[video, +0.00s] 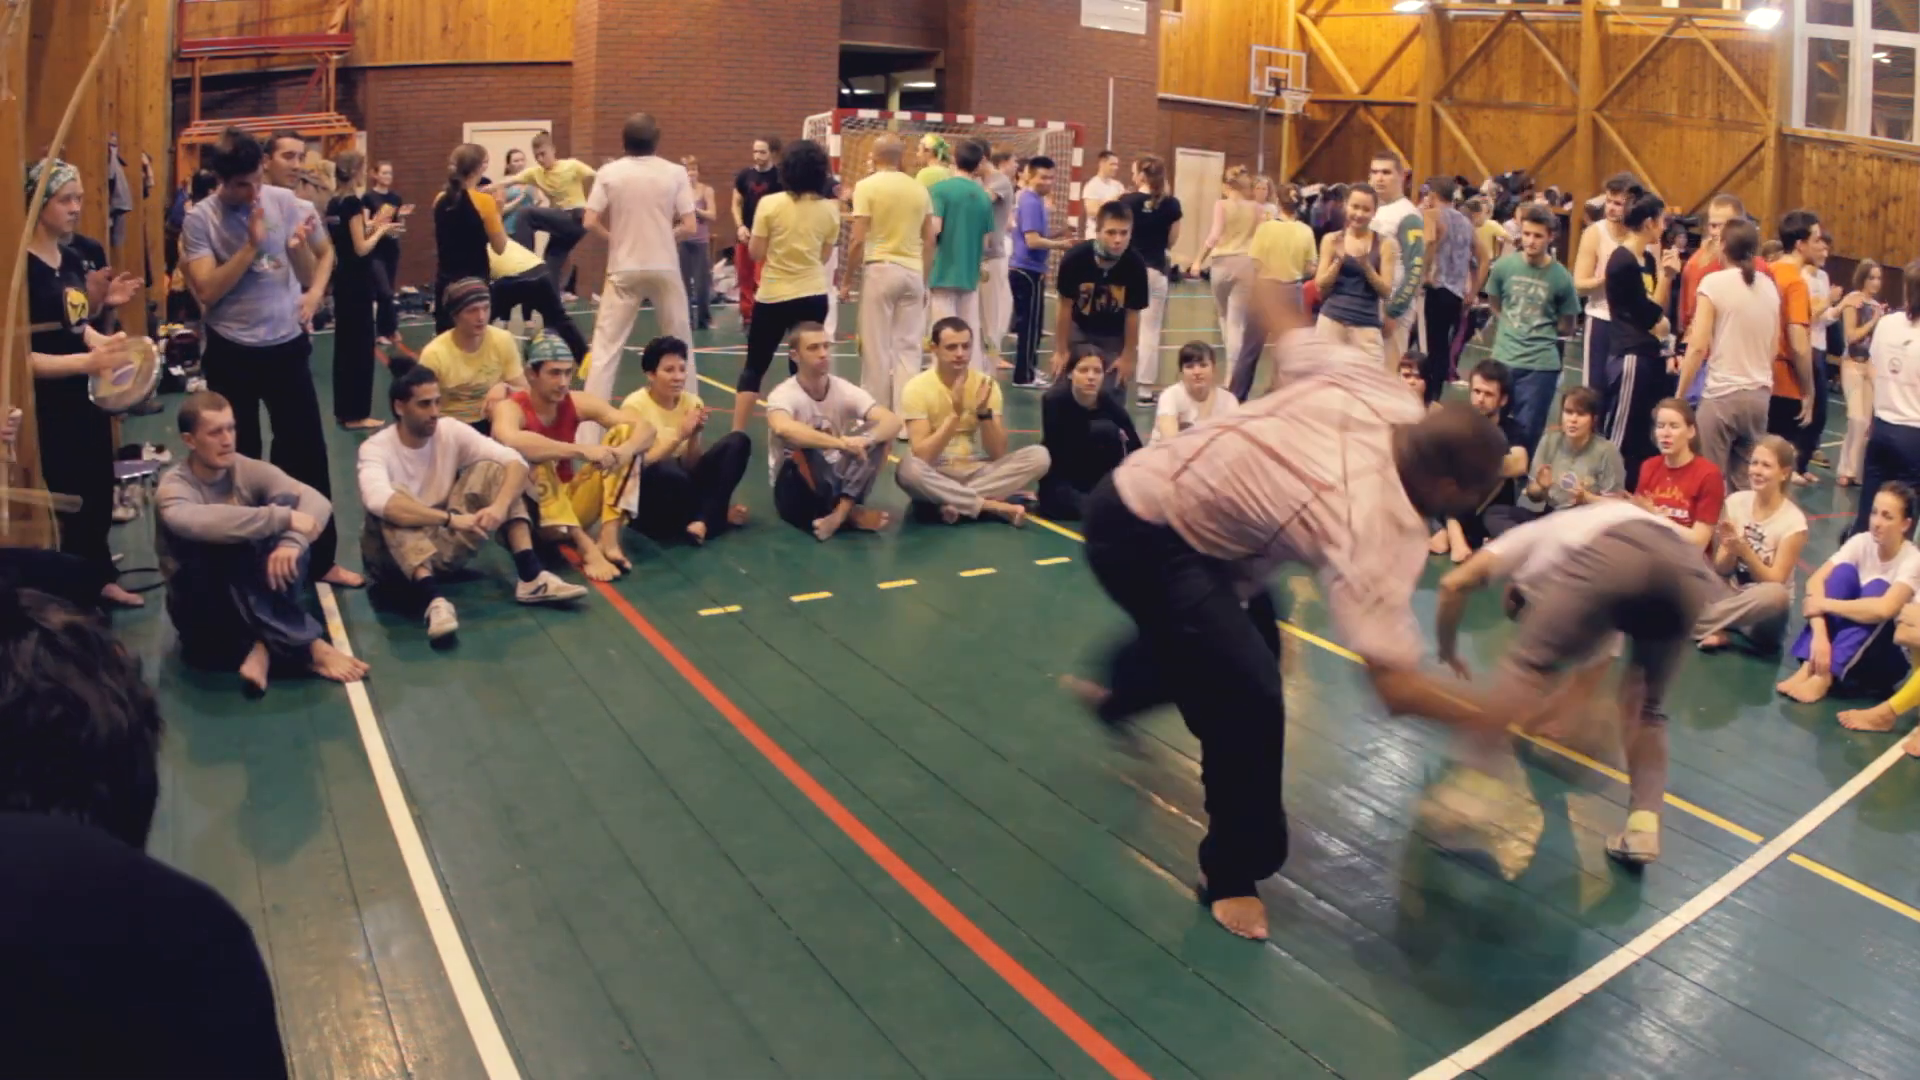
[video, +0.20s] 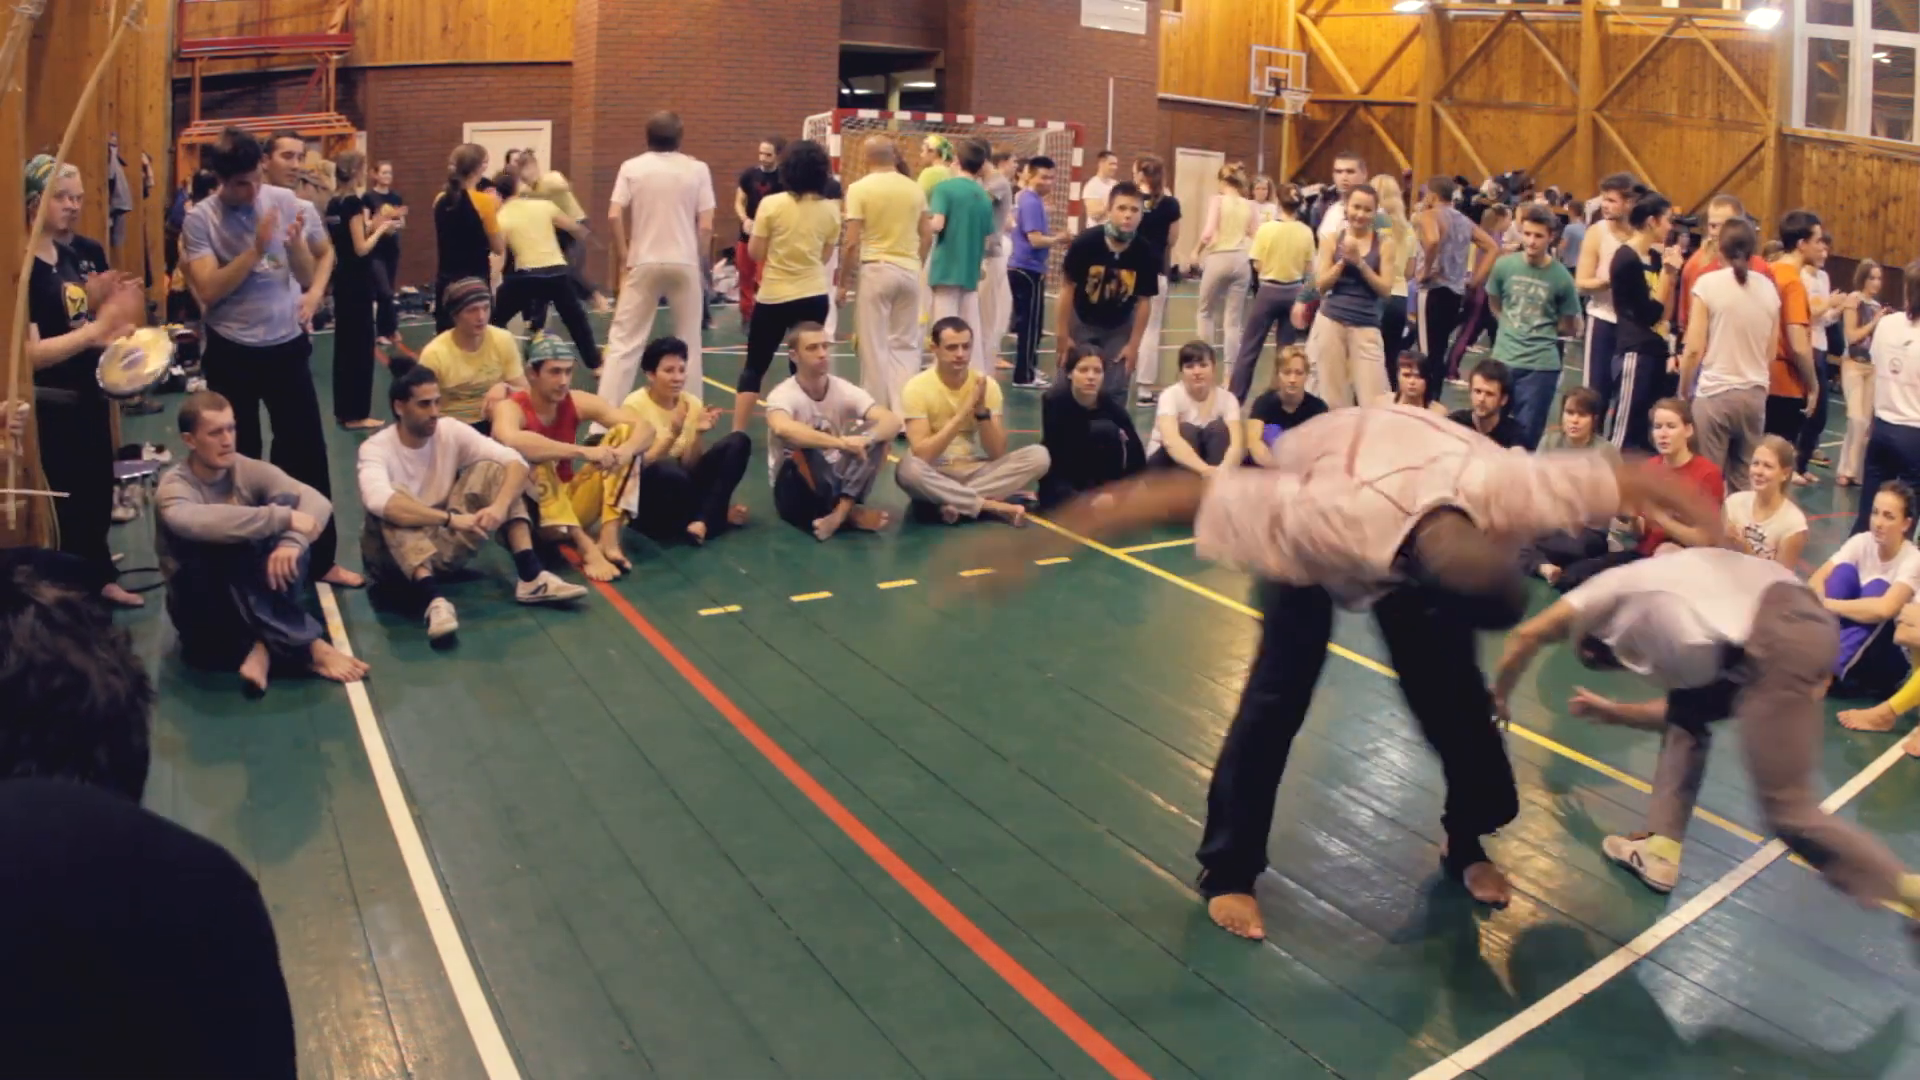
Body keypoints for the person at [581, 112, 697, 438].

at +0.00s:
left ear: (624, 142)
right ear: (656, 142)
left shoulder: (609, 172)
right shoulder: (675, 173)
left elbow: (589, 220)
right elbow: (689, 227)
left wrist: (614, 239)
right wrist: (662, 238)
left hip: (624, 266)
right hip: (664, 265)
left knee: (605, 347)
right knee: (679, 342)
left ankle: (590, 425)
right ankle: (689, 415)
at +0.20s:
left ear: (648, 138)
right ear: (679, 138)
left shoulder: (631, 168)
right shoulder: (697, 169)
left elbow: (615, 215)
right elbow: (706, 226)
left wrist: (624, 256)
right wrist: (700, 265)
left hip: (643, 259)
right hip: (684, 261)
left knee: (624, 342)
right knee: (690, 341)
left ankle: (604, 421)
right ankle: (691, 416)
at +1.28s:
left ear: (617, 142)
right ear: (649, 141)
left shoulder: (607, 170)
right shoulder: (669, 171)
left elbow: (580, 207)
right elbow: (680, 217)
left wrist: (577, 254)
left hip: (622, 264)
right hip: (663, 264)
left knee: (617, 345)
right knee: (673, 344)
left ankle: (617, 419)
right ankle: (683, 417)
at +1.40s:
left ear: (613, 139)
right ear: (644, 138)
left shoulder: (602, 168)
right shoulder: (666, 168)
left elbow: (572, 205)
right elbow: (672, 224)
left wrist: (569, 252)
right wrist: (655, 247)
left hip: (621, 265)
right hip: (660, 262)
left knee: (616, 344)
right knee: (670, 341)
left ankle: (618, 418)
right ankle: (673, 414)